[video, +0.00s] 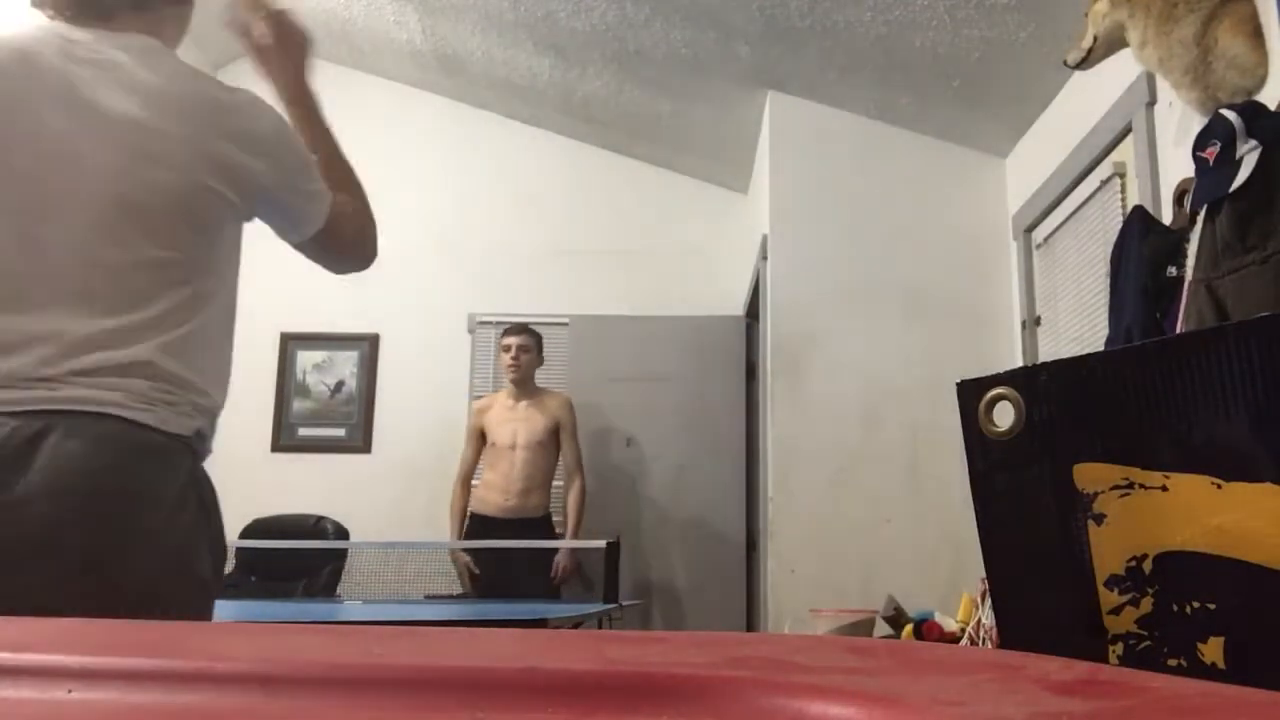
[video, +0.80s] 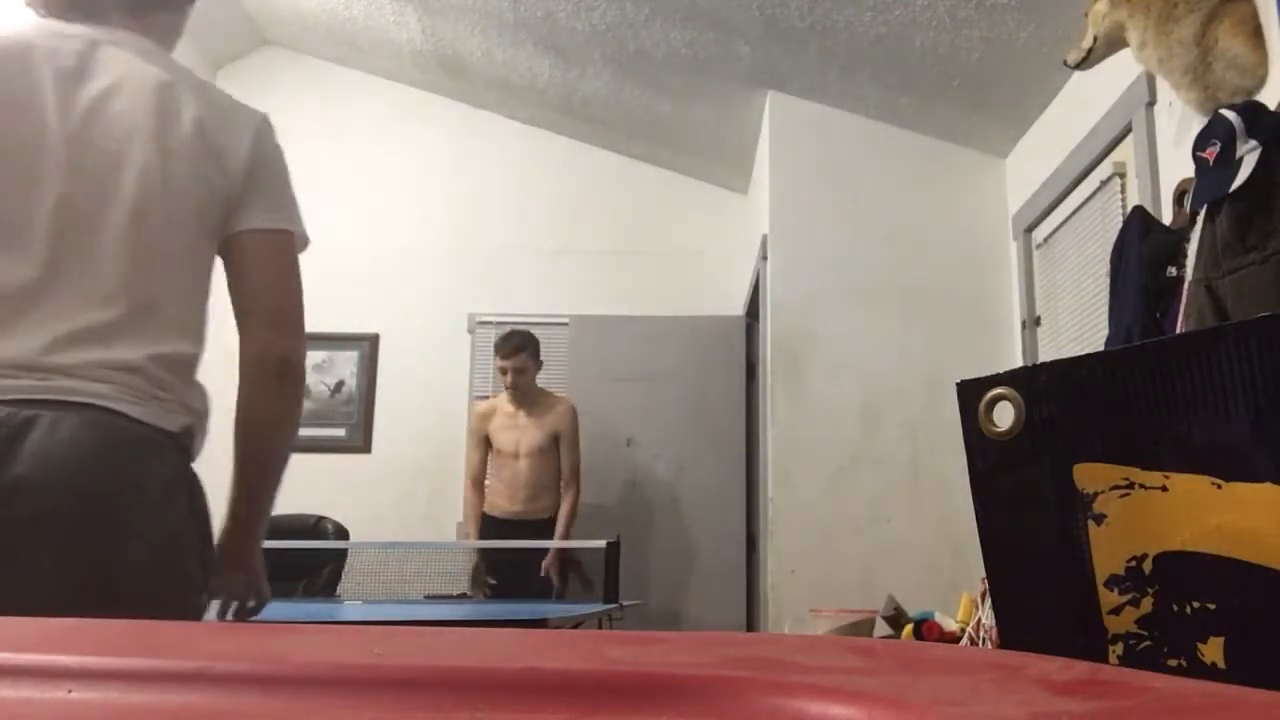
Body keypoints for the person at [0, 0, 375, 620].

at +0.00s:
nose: (191, 13)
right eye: (186, 6)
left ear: (50, 2)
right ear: (175, 7)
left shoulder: (8, 64)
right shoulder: (224, 116)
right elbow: (352, 245)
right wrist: (293, 80)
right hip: (132, 463)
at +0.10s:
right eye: (203, 15)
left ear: (64, 8)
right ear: (191, 18)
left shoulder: (12, 73)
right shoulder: (238, 121)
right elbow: (346, 251)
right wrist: (283, 105)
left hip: (5, 440)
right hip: (144, 462)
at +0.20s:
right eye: (207, 22)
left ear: (79, 12)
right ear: (205, 23)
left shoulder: (18, 74)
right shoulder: (246, 124)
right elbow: (324, 269)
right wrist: (315, 132)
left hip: (7, 434)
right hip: (153, 457)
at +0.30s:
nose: (209, 37)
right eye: (211, 25)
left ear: (84, 10)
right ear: (205, 25)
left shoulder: (18, 75)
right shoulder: (252, 124)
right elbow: (311, 254)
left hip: (7, 428)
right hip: (154, 452)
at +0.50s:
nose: (63, 14)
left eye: (67, 13)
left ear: (73, 11)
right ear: (200, 23)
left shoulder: (14, 74)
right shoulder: (259, 145)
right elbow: (267, 371)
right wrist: (256, 514)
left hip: (12, 437)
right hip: (168, 463)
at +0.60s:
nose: (59, 13)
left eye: (64, 12)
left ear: (70, 11)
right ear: (197, 23)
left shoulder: (11, 73)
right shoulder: (262, 148)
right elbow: (253, 378)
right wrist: (217, 534)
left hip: (11, 428)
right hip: (164, 455)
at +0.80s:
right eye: (185, 14)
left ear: (48, 3)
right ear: (178, 12)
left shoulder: (12, 56)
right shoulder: (230, 126)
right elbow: (278, 357)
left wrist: (240, 542)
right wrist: (243, 540)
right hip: (128, 465)